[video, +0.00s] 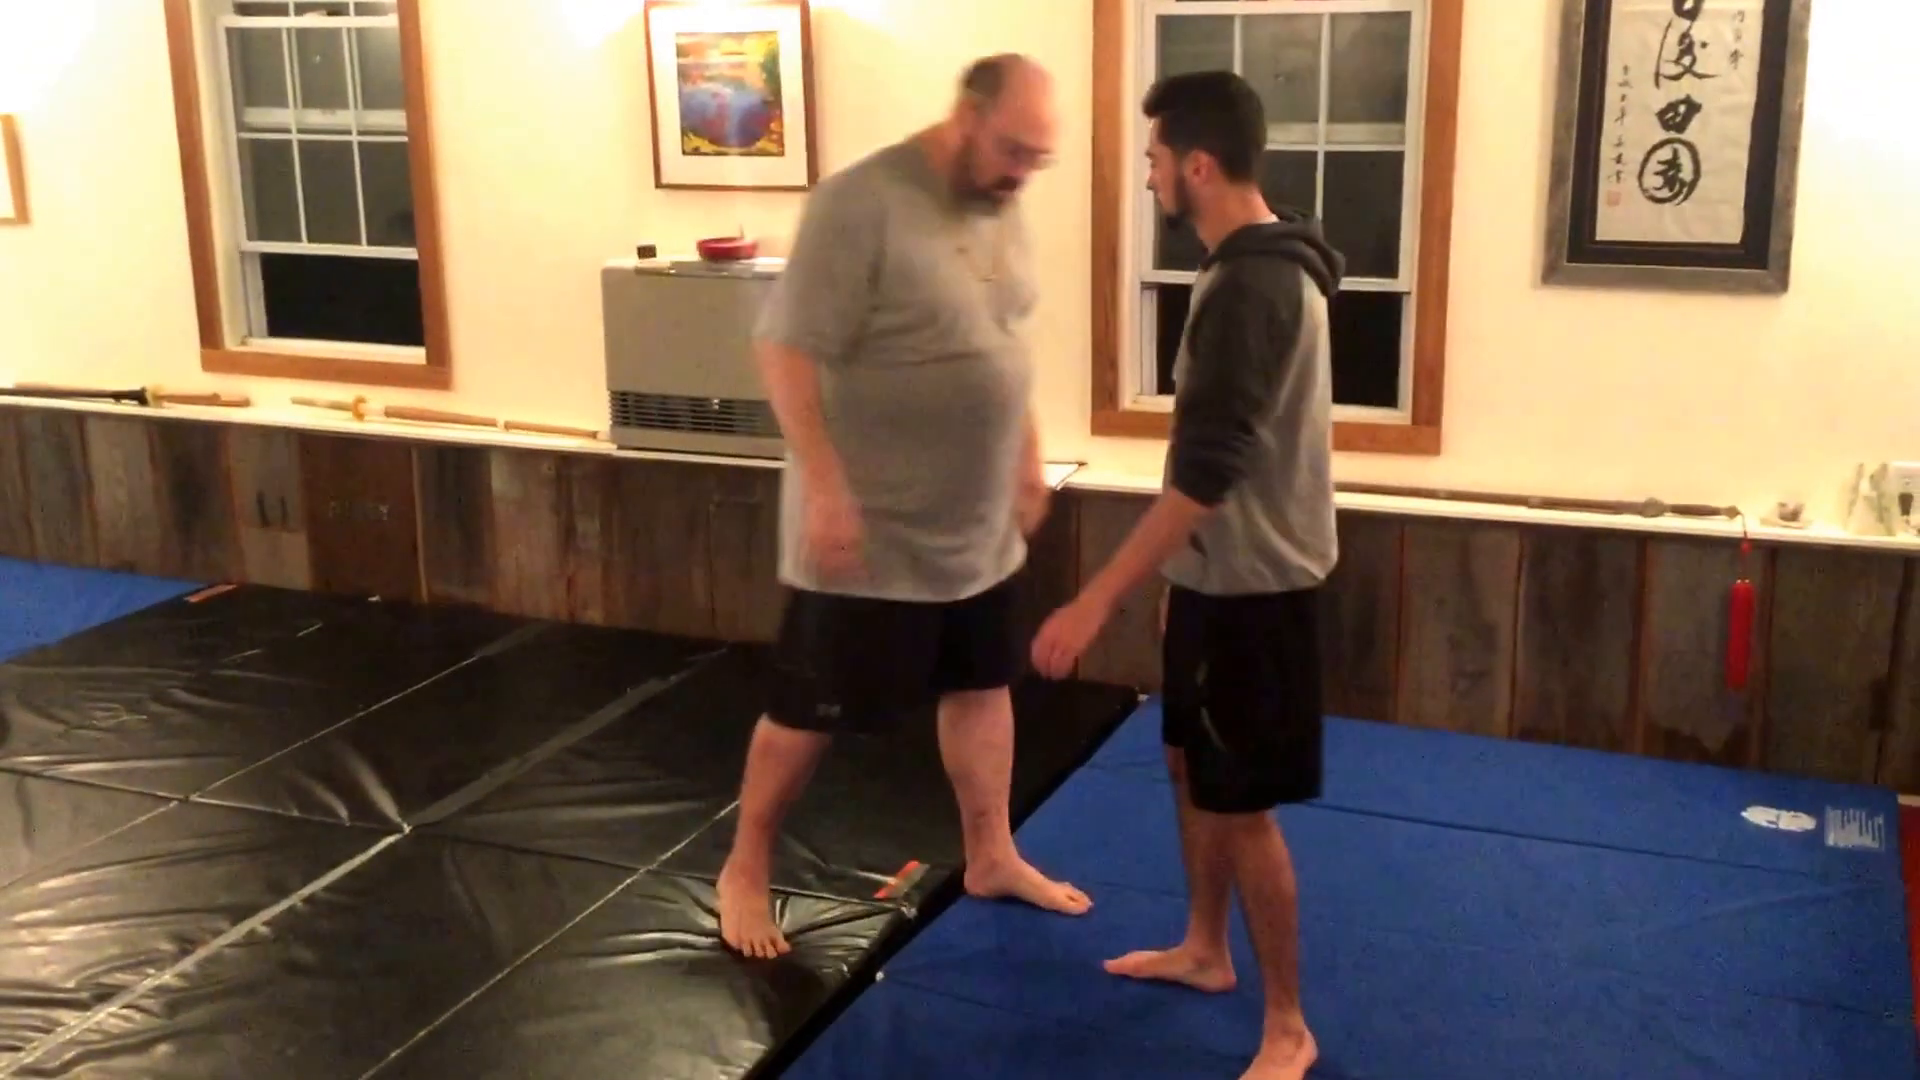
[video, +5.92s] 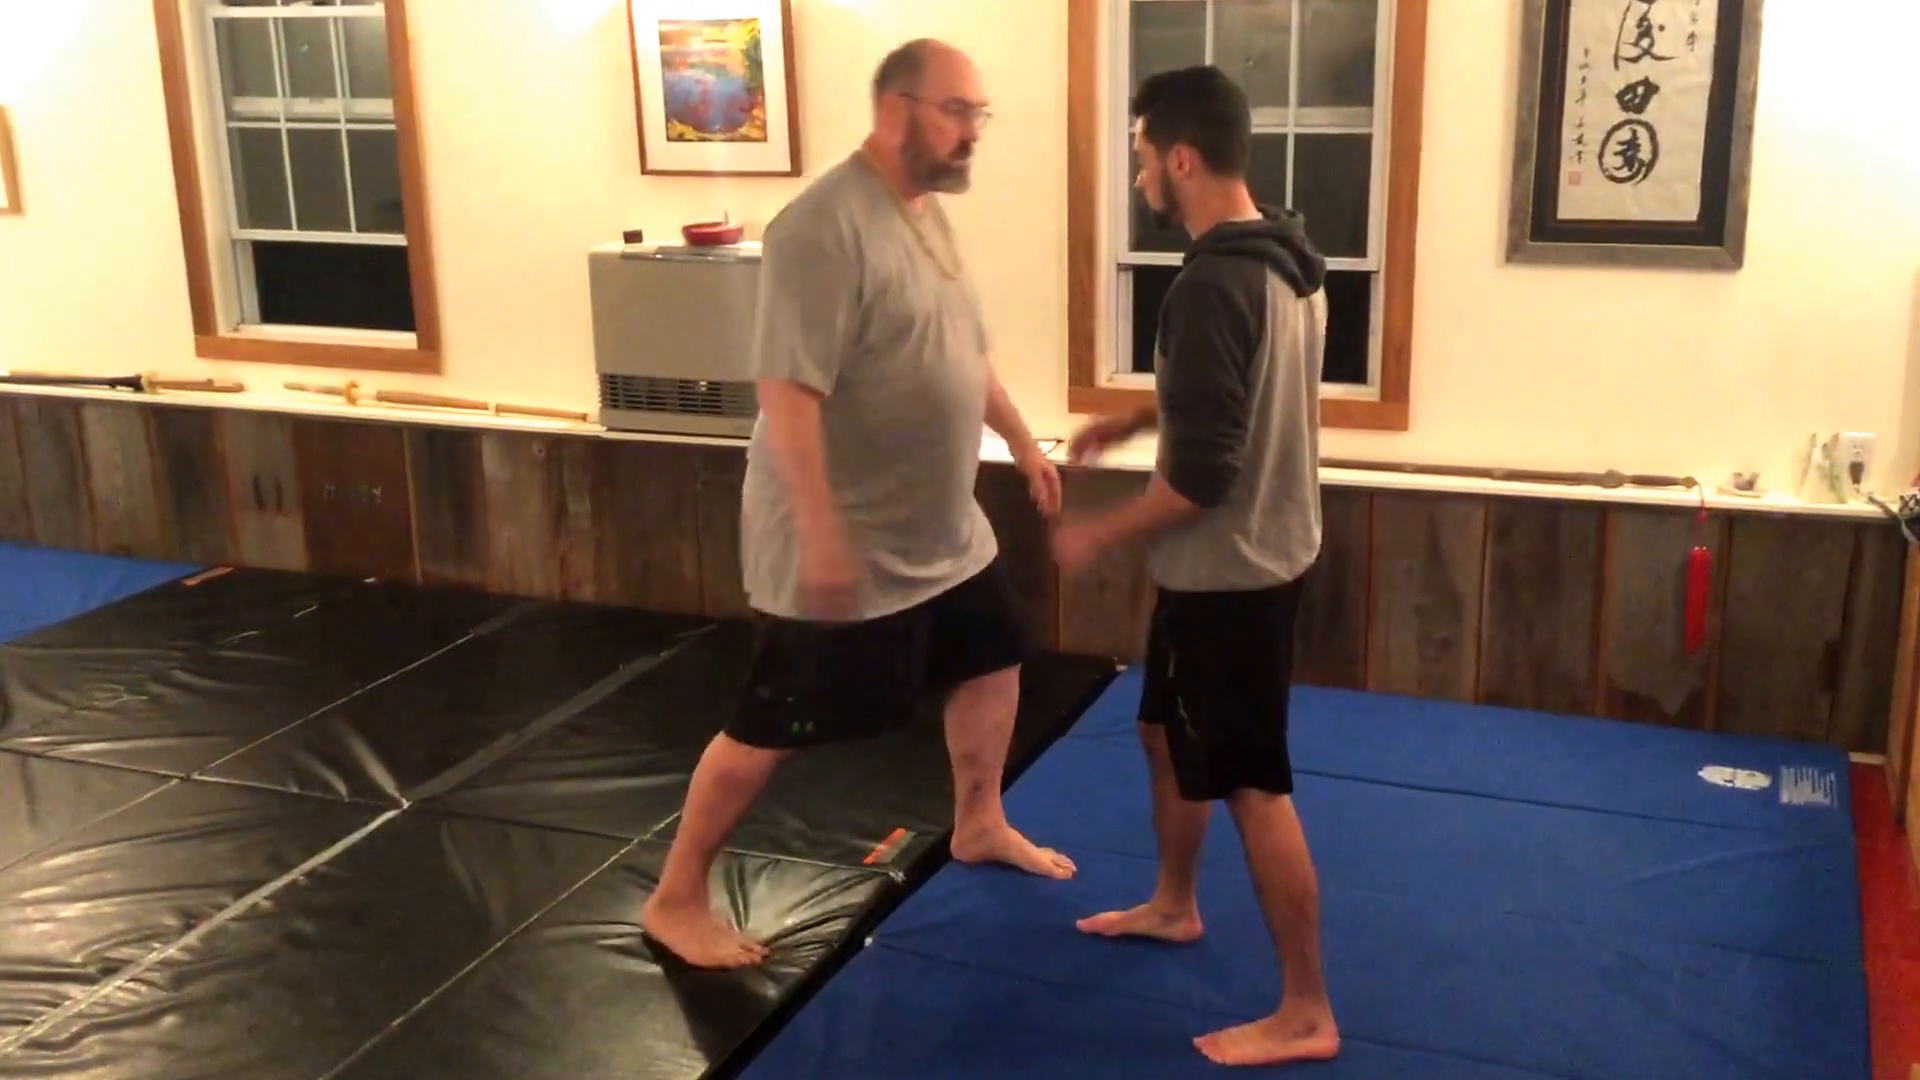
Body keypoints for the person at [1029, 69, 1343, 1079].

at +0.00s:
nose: (1151, 176)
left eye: (1159, 158)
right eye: (1152, 157)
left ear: (1201, 163)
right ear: (1226, 161)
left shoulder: (1249, 281)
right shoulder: (1274, 259)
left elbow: (1203, 479)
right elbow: (1253, 449)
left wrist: (1089, 606)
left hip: (1248, 581)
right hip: (1222, 573)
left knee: (1242, 803)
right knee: (1189, 756)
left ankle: (1288, 1028)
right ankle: (1204, 950)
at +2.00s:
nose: (1150, 171)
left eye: (1158, 151)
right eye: (1151, 151)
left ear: (1203, 157)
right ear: (1233, 156)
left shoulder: (1236, 282)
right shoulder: (1288, 255)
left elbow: (1223, 472)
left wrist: (1168, 605)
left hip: (1253, 574)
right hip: (1251, 560)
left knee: (1262, 795)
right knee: (1180, 740)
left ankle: (1312, 1024)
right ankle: (1181, 914)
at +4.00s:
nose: (1142, 158)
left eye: (1154, 141)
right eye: (1146, 139)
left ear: (1203, 155)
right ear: (1225, 155)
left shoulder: (1223, 278)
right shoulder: (1270, 253)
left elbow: (1215, 471)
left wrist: (1151, 602)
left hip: (1244, 566)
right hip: (1235, 553)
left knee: (1269, 787)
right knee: (1177, 733)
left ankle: (1309, 1013)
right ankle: (1177, 905)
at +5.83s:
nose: (1142, 174)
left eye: (1146, 155)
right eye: (1143, 155)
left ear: (1179, 157)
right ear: (1229, 152)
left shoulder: (1215, 282)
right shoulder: (1278, 254)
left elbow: (1214, 476)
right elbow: (1219, 405)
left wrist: (1123, 570)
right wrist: (1131, 463)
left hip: (1231, 567)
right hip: (1225, 551)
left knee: (1252, 782)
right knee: (1168, 728)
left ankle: (1306, 1011)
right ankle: (1175, 903)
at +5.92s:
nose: (1141, 175)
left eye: (1146, 154)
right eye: (1143, 155)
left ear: (1183, 157)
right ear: (1225, 153)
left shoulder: (1213, 284)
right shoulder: (1281, 257)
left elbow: (1202, 477)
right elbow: (1228, 386)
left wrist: (1099, 534)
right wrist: (1124, 420)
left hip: (1231, 568)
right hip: (1241, 550)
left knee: (1252, 781)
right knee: (1168, 728)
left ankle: (1305, 1011)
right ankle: (1173, 903)